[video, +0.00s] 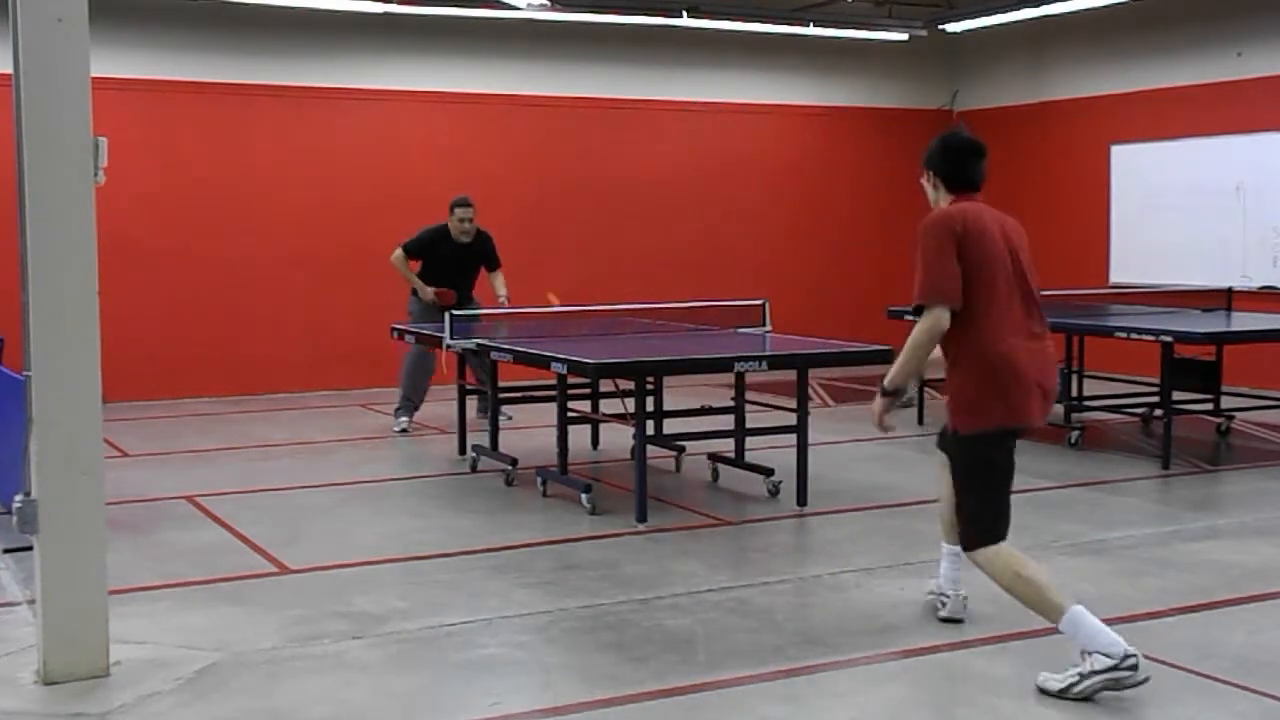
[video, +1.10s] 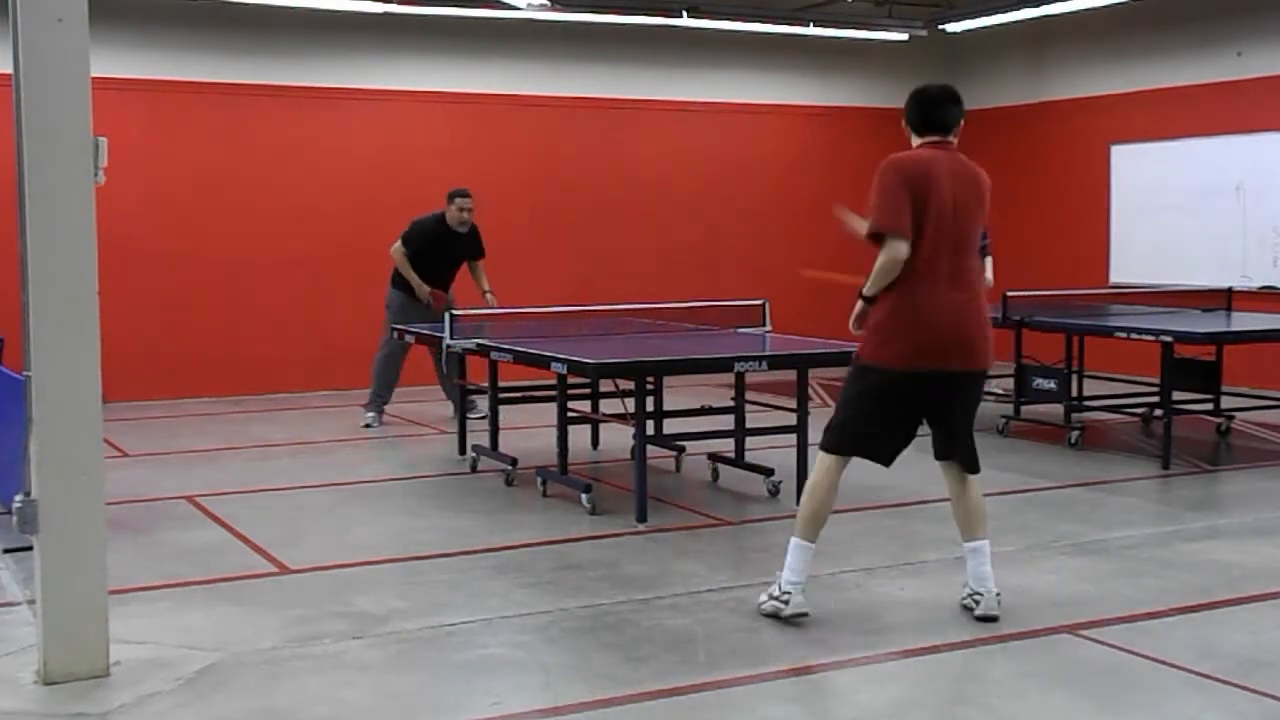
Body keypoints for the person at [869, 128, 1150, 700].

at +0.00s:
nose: (920, 184)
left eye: (922, 177)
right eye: (922, 176)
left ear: (931, 180)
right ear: (978, 178)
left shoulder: (942, 225)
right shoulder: (1006, 224)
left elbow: (936, 317)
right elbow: (1019, 312)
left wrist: (888, 389)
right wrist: (961, 381)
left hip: (985, 391)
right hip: (1032, 383)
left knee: (981, 541)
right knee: (952, 449)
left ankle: (1107, 650)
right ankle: (949, 586)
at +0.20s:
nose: (930, 168)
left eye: (932, 160)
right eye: (933, 159)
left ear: (942, 167)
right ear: (989, 169)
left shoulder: (936, 217)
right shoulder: (1015, 220)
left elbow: (927, 307)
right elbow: (1029, 304)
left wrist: (893, 386)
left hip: (962, 390)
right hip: (1015, 387)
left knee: (947, 529)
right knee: (972, 484)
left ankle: (1060, 615)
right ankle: (991, 592)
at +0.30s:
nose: (930, 163)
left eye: (931, 156)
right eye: (933, 155)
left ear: (941, 160)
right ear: (986, 161)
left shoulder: (932, 209)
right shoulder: (1009, 213)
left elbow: (918, 298)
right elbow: (1032, 298)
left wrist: (885, 379)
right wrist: (976, 322)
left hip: (946, 377)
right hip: (1002, 378)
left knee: (908, 509)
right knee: (961, 487)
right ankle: (991, 596)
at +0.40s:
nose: (921, 159)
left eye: (923, 151)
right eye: (924, 151)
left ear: (934, 156)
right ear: (978, 158)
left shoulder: (924, 202)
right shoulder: (1003, 211)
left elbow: (906, 290)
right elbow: (1020, 295)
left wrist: (866, 364)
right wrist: (969, 318)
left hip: (931, 372)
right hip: (992, 375)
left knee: (871, 491)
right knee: (960, 476)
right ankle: (988, 589)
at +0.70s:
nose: (908, 172)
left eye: (909, 165)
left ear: (912, 170)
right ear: (965, 171)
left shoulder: (887, 220)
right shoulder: (987, 230)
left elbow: (852, 318)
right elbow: (1007, 329)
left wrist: (859, 361)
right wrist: (1003, 379)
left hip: (888, 381)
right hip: (959, 385)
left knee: (826, 501)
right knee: (953, 469)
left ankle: (822, 633)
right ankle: (983, 590)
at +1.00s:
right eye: (967, 139)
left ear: (916, 141)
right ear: (967, 143)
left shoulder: (892, 183)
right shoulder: (987, 197)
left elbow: (867, 271)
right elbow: (1002, 291)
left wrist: (868, 311)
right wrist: (1022, 340)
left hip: (896, 355)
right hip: (968, 358)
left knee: (832, 460)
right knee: (961, 463)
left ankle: (802, 593)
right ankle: (983, 590)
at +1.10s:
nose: (904, 132)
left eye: (904, 124)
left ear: (907, 126)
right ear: (959, 127)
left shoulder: (899, 168)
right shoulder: (977, 177)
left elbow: (898, 250)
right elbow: (962, 251)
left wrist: (865, 296)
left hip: (900, 343)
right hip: (968, 343)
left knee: (832, 455)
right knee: (958, 458)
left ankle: (789, 586)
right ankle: (983, 588)